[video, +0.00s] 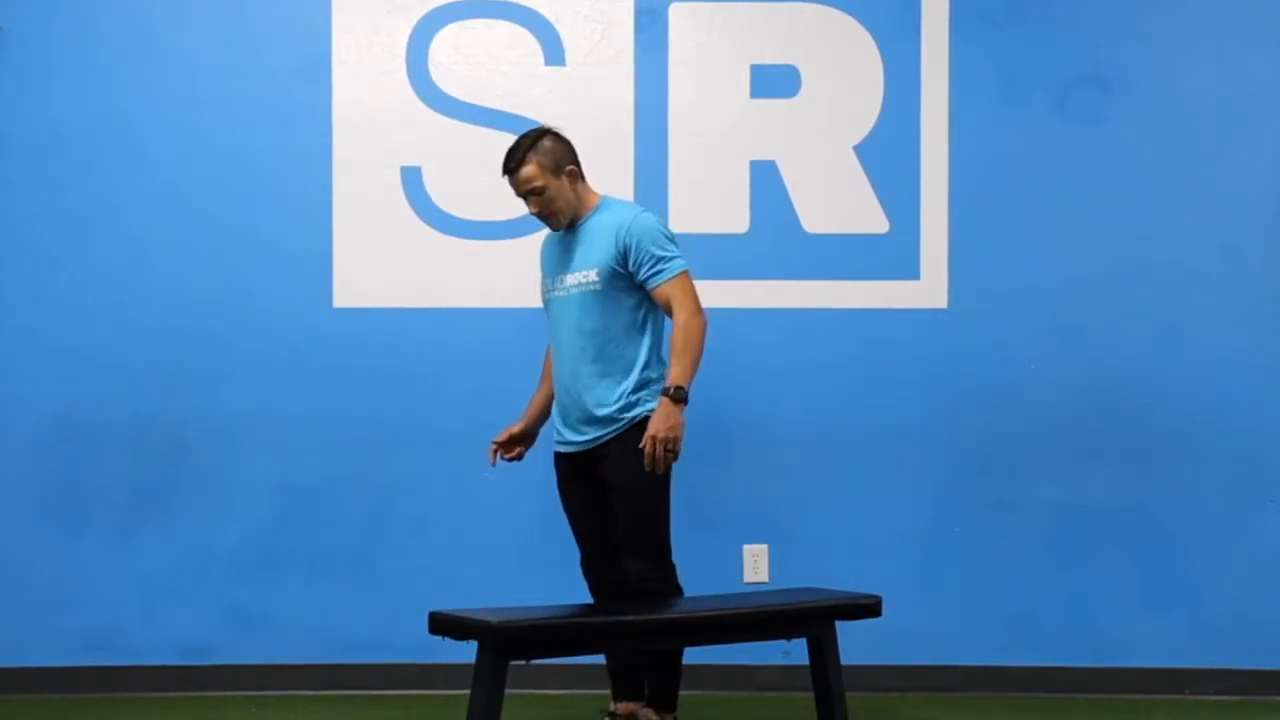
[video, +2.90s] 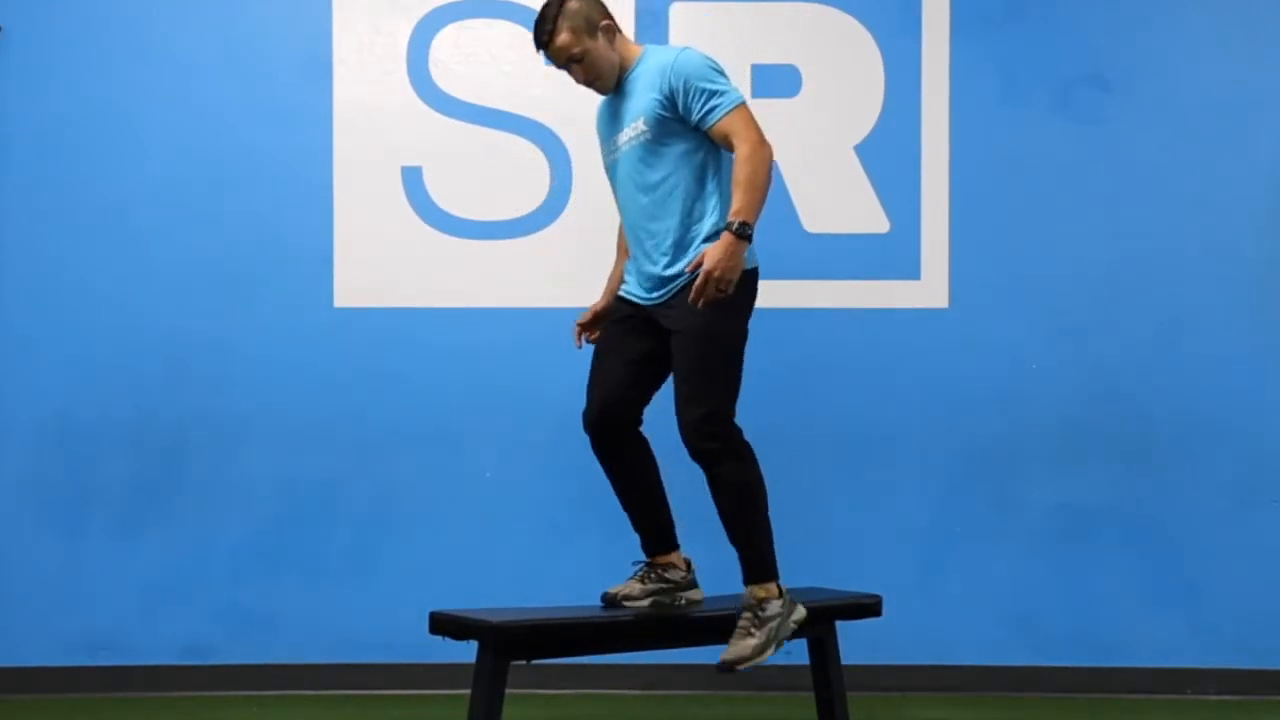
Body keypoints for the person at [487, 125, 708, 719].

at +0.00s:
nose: (531, 208)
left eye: (536, 193)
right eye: (523, 197)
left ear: (572, 175)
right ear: (524, 192)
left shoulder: (630, 227)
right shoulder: (552, 248)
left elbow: (689, 311)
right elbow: (564, 345)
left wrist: (673, 401)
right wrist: (531, 422)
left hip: (632, 432)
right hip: (575, 442)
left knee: (646, 572)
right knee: (604, 577)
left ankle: (660, 707)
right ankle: (625, 705)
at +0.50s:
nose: (528, 216)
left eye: (532, 201)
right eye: (517, 207)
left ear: (562, 179)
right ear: (512, 202)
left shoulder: (626, 218)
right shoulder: (539, 257)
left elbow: (702, 287)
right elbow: (548, 348)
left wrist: (698, 362)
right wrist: (525, 432)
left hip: (646, 388)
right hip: (583, 415)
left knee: (588, 488)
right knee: (595, 545)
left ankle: (639, 625)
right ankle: (629, 702)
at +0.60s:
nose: (527, 218)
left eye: (531, 203)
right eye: (516, 209)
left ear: (560, 179)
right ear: (511, 203)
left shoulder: (626, 217)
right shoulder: (537, 258)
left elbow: (702, 278)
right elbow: (547, 347)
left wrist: (711, 354)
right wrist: (522, 431)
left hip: (653, 377)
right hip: (591, 406)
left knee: (582, 432)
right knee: (603, 560)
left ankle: (663, 534)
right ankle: (628, 702)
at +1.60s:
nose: (582, 167)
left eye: (589, 153)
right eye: (571, 157)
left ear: (622, 133)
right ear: (561, 150)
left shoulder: (687, 180)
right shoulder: (567, 197)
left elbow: (775, 245)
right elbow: (553, 274)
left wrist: (796, 327)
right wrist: (523, 343)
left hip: (701, 340)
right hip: (624, 368)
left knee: (636, 424)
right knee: (610, 507)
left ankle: (696, 566)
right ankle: (613, 656)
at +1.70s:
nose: (583, 129)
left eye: (590, 116)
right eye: (575, 118)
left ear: (625, 94)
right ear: (570, 111)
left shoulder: (696, 144)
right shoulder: (576, 158)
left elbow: (785, 213)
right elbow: (567, 238)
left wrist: (799, 295)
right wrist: (540, 307)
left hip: (706, 311)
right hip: (631, 326)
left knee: (648, 419)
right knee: (601, 462)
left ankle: (698, 570)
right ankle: (633, 614)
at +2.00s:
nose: (595, 37)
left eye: (600, 21)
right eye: (586, 25)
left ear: (636, 3)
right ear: (585, 17)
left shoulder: (708, 57)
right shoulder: (600, 64)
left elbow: (782, 142)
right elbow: (598, 155)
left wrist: (777, 229)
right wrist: (565, 239)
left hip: (704, 251)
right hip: (628, 256)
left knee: (685, 397)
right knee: (615, 390)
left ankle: (701, 563)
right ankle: (672, 539)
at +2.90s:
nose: (575, 76)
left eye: (575, 59)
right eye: (564, 68)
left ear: (608, 28)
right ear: (566, 63)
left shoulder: (678, 68)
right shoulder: (609, 116)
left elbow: (755, 148)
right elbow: (635, 220)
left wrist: (736, 237)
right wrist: (612, 296)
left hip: (707, 281)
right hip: (642, 295)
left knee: (707, 428)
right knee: (607, 420)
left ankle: (768, 597)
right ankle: (668, 568)